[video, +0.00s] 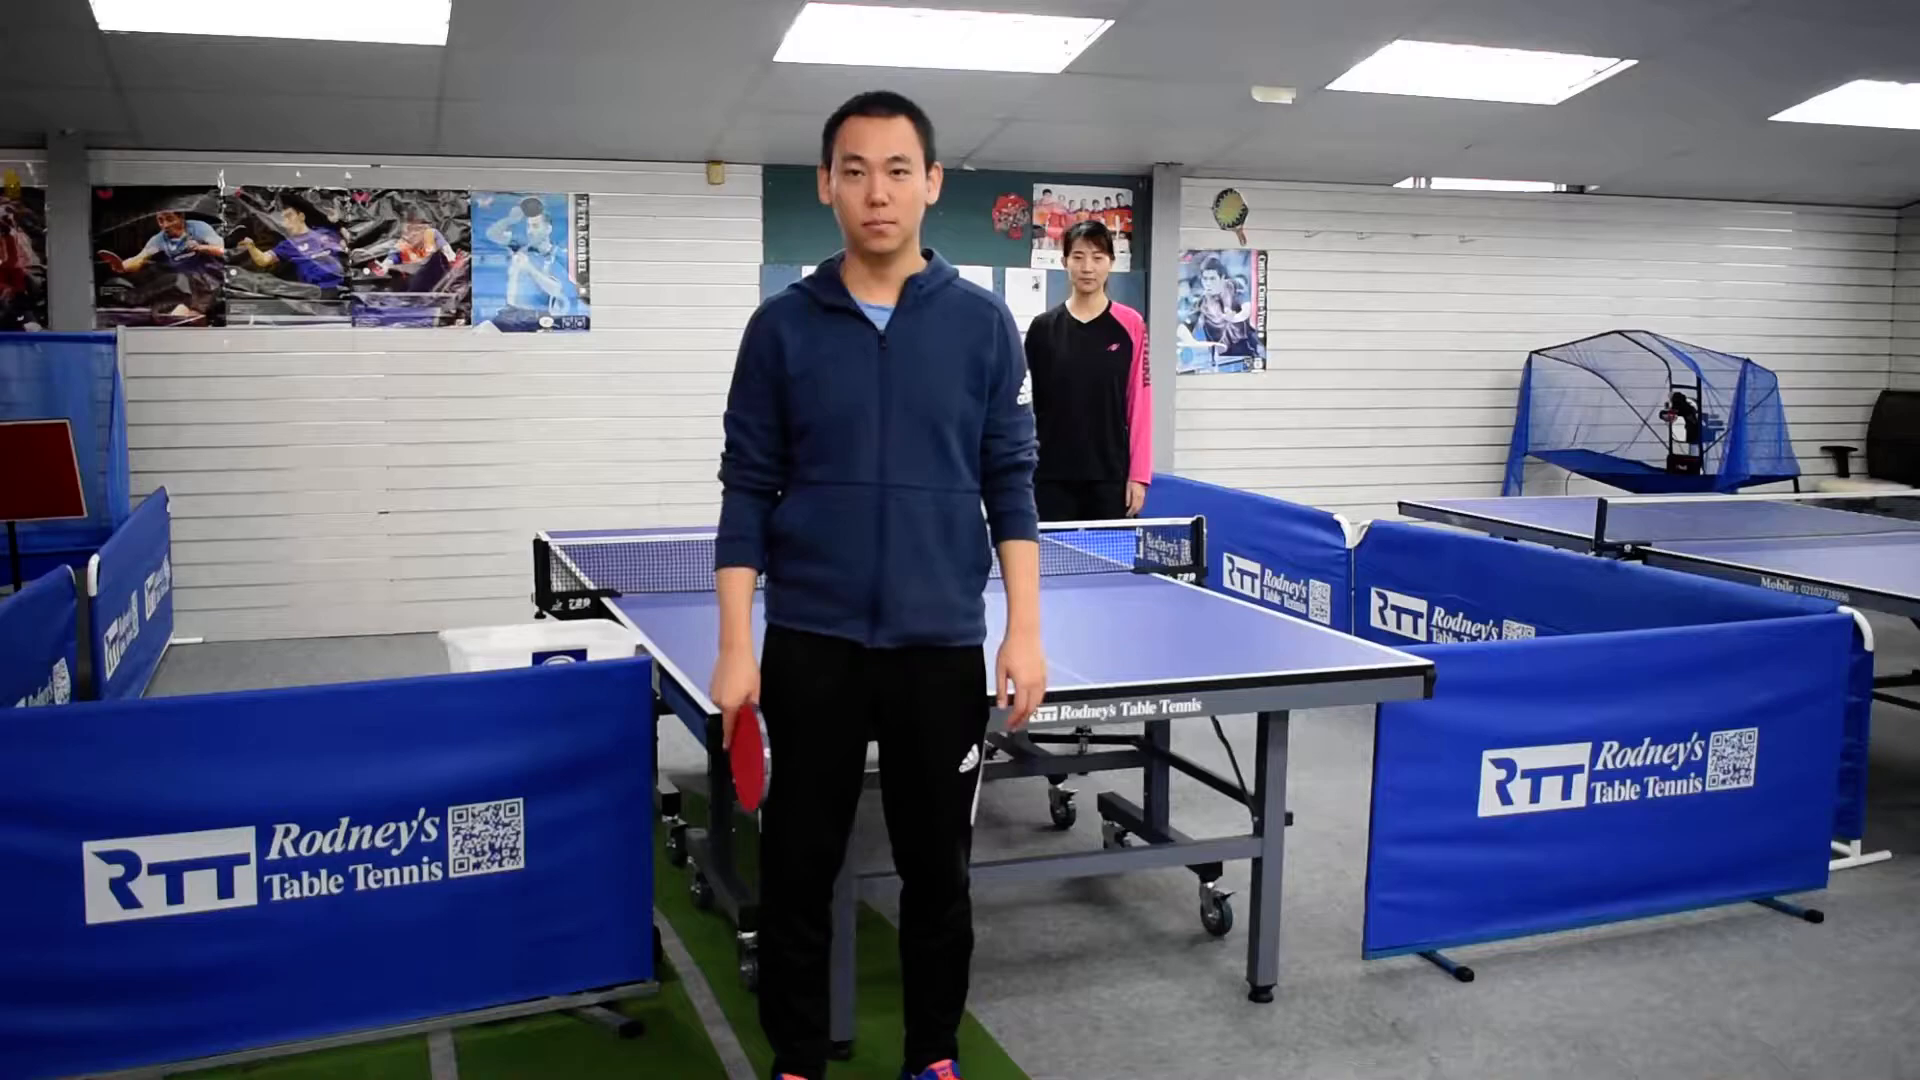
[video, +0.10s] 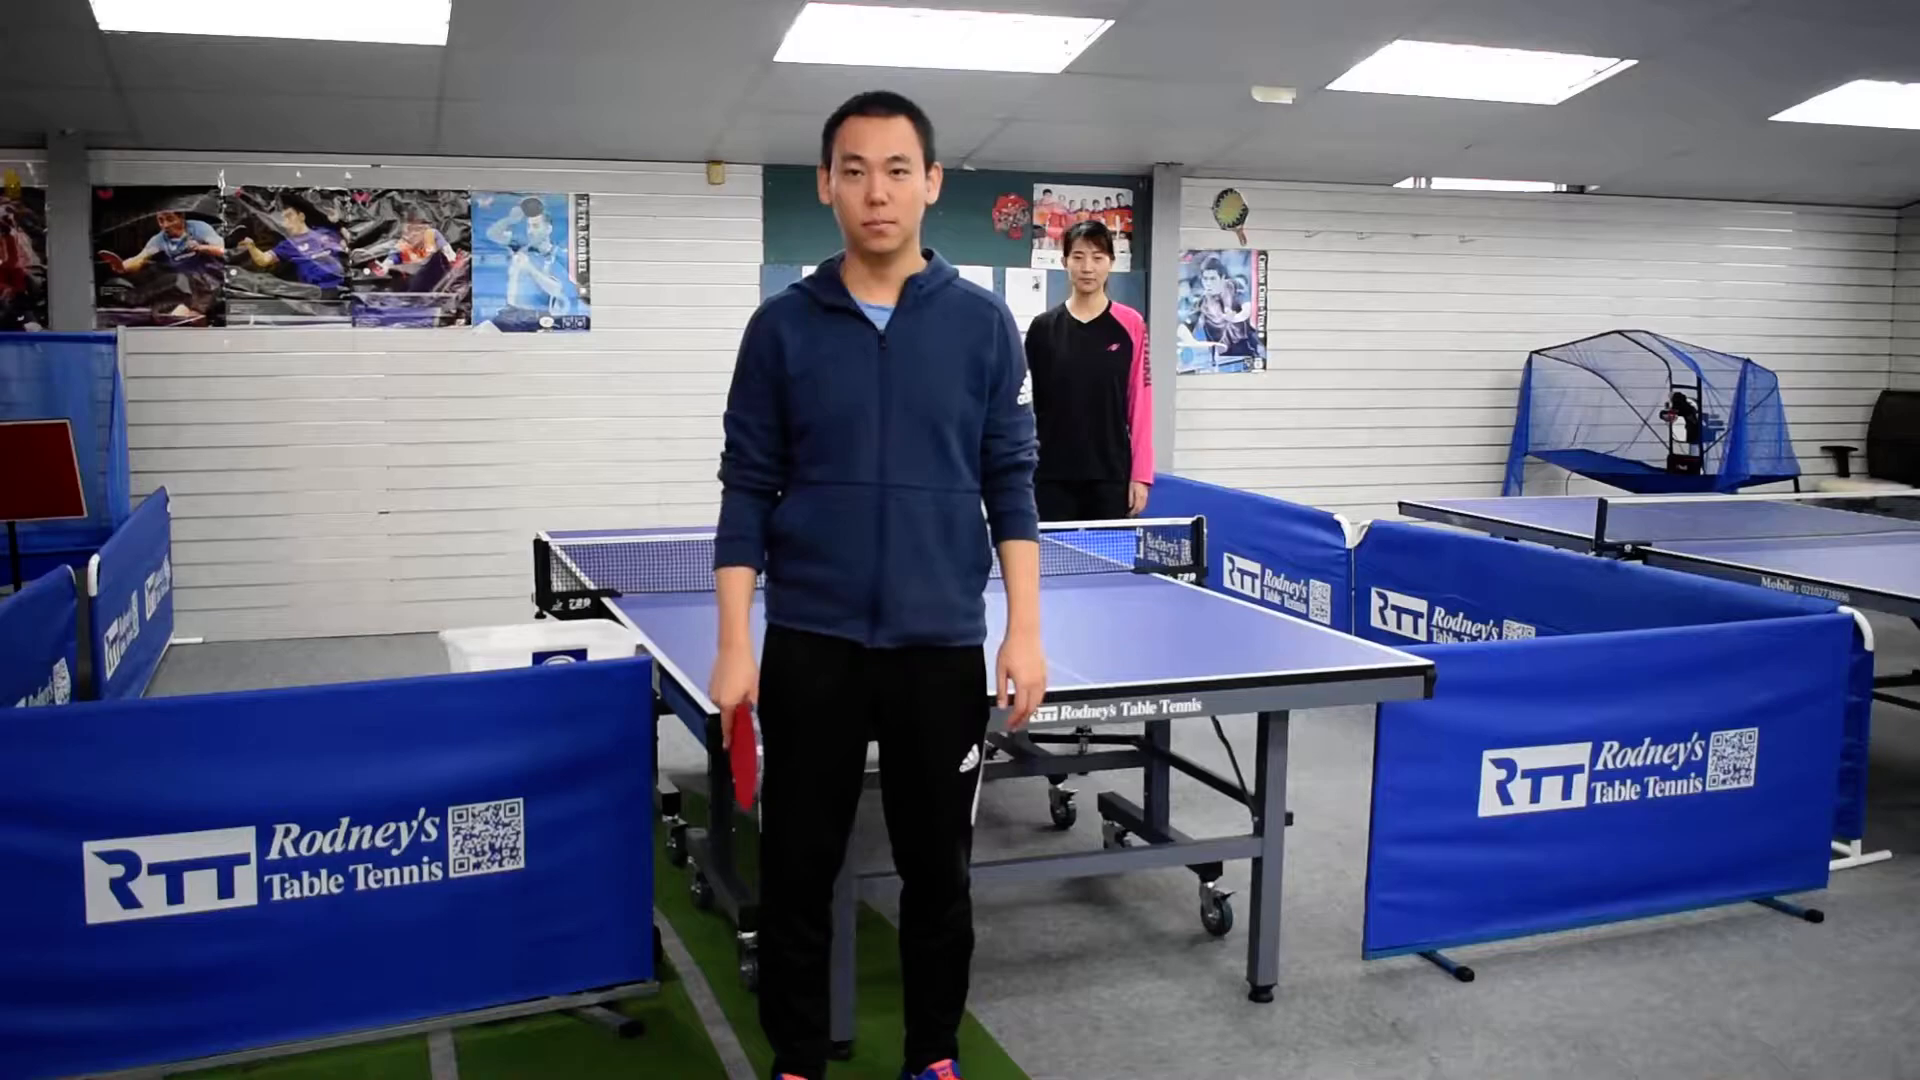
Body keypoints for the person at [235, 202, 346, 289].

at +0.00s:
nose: (285, 221)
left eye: (289, 216)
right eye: (283, 218)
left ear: (301, 216)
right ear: (282, 222)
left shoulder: (324, 233)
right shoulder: (288, 245)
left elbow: (348, 246)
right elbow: (263, 261)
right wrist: (250, 246)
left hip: (344, 285)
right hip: (318, 290)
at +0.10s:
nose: (285, 221)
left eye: (289, 215)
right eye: (284, 217)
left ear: (301, 216)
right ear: (282, 222)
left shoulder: (324, 233)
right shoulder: (289, 245)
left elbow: (347, 246)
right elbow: (263, 261)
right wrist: (251, 246)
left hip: (344, 285)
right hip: (318, 290)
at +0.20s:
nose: (286, 221)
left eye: (289, 216)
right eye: (284, 217)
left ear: (302, 216)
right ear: (282, 222)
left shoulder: (323, 234)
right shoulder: (288, 245)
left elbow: (348, 248)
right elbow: (263, 261)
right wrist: (250, 246)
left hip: (344, 285)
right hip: (318, 289)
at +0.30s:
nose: (285, 221)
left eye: (289, 216)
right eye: (284, 217)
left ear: (302, 216)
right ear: (282, 221)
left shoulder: (324, 234)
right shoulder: (289, 244)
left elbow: (348, 248)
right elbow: (263, 261)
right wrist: (251, 247)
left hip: (344, 285)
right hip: (318, 290)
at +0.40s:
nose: (285, 220)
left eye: (289, 215)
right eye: (284, 217)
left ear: (302, 216)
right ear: (282, 221)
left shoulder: (324, 234)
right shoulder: (289, 244)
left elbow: (348, 247)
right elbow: (263, 260)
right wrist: (251, 247)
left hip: (343, 285)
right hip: (318, 290)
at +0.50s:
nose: (286, 221)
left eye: (289, 215)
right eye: (284, 217)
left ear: (302, 216)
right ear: (282, 221)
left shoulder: (324, 234)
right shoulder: (289, 244)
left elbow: (348, 248)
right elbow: (263, 260)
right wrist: (251, 247)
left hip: (343, 285)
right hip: (318, 290)